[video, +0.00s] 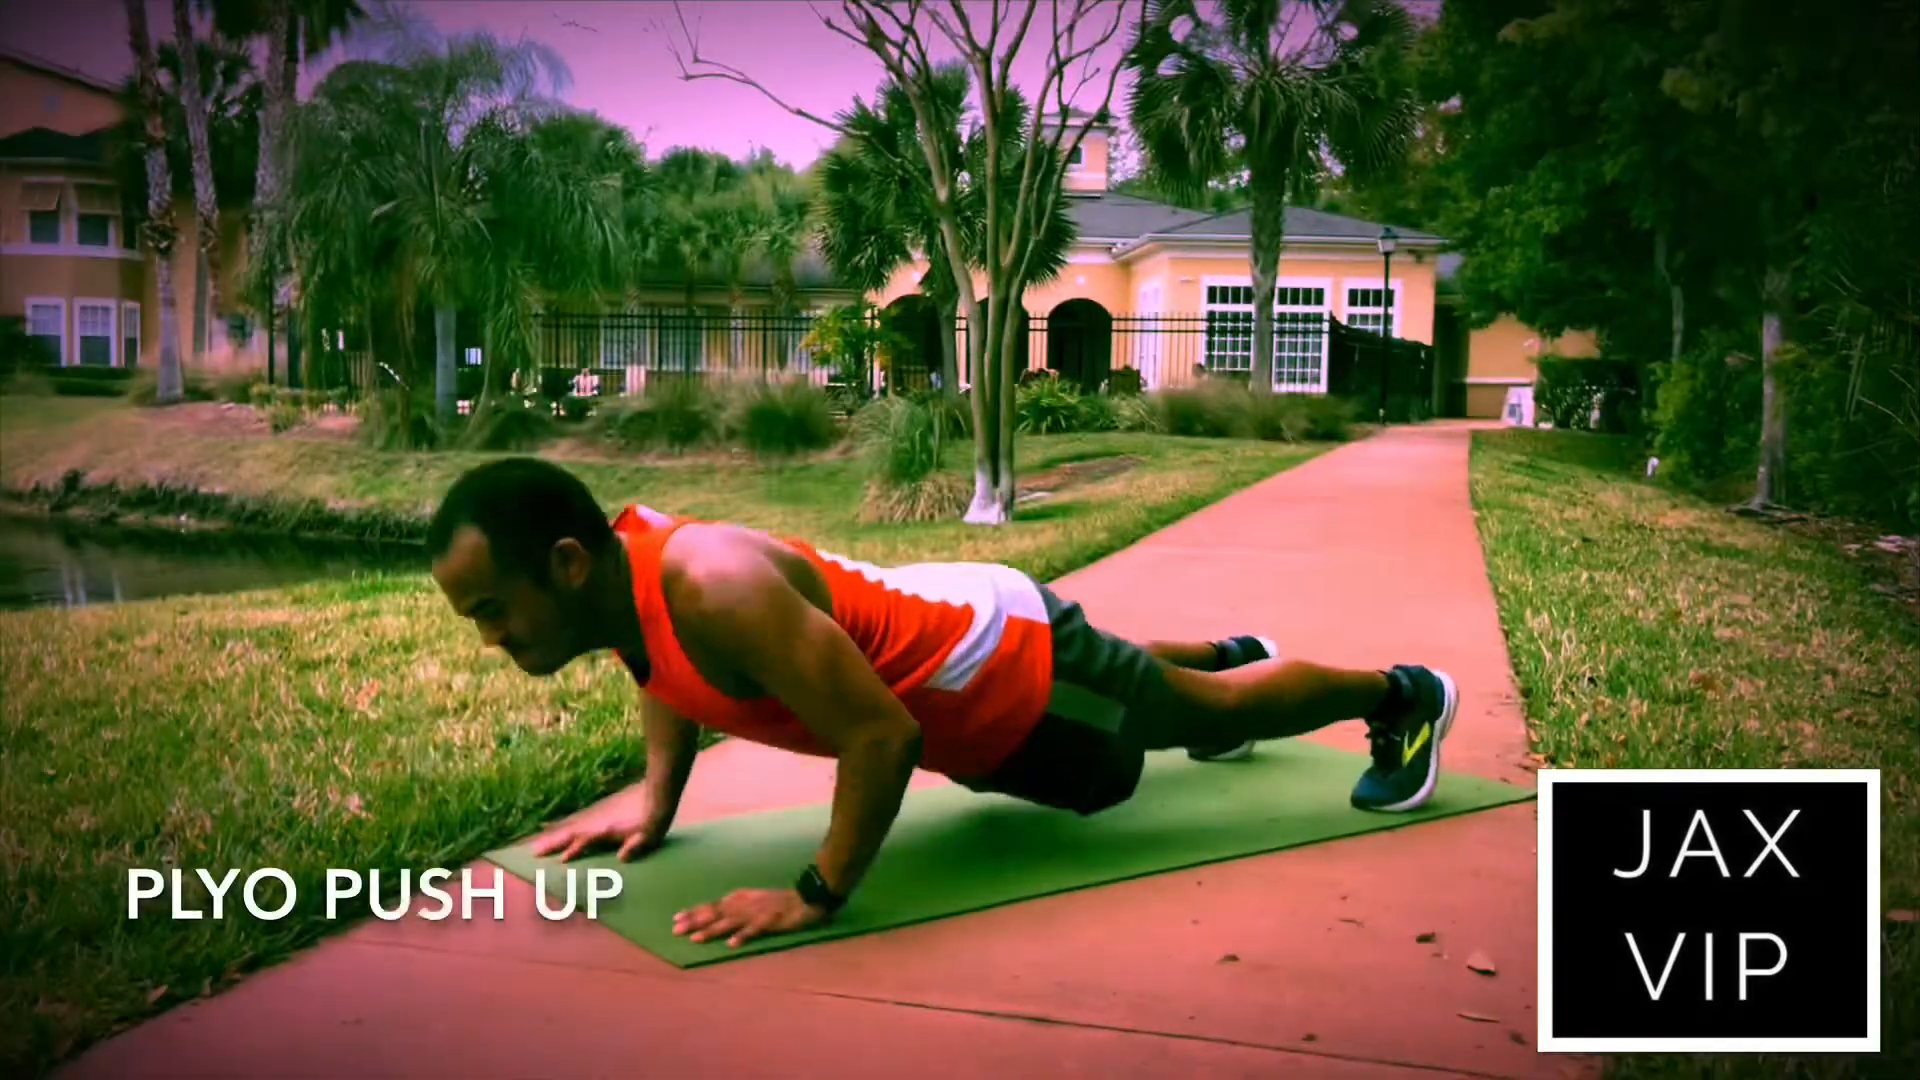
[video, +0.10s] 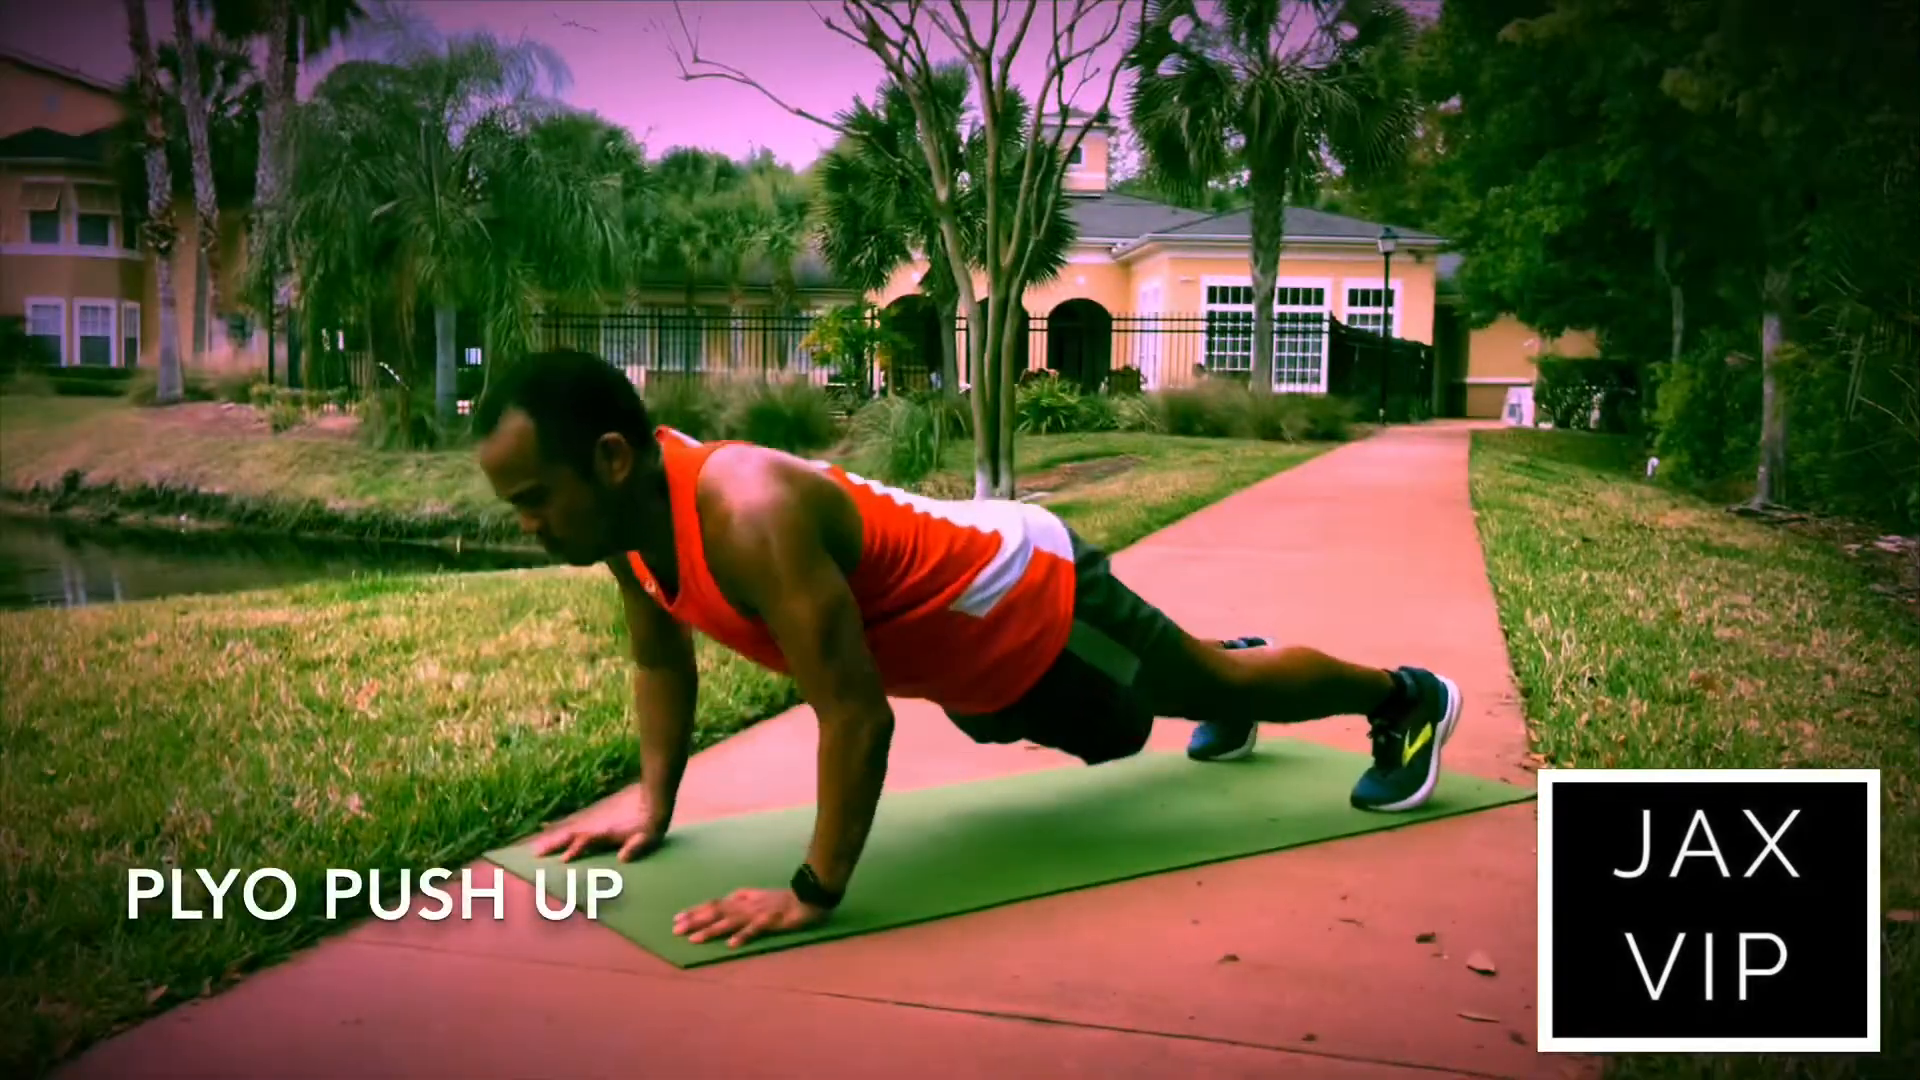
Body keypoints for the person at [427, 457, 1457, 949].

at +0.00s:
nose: (489, 639)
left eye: (491, 609)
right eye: (473, 619)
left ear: (569, 561)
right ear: (558, 569)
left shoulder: (720, 585)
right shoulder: (625, 587)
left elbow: (881, 737)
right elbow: (672, 680)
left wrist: (821, 895)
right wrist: (653, 800)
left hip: (1022, 663)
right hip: (953, 666)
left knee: (1217, 715)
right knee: (1112, 694)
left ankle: (1400, 694)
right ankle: (1213, 654)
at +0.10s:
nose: (525, 522)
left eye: (531, 496)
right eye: (512, 504)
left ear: (613, 455)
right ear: (587, 466)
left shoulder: (748, 508)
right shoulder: (636, 533)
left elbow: (852, 707)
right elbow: (662, 661)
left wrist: (815, 890)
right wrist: (654, 805)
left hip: (1037, 598)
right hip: (965, 652)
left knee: (1223, 682)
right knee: (1106, 709)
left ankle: (1405, 696)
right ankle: (1221, 706)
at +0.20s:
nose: (574, 429)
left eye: (578, 401)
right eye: (559, 409)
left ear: (658, 352)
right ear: (645, 367)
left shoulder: (799, 419)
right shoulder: (666, 452)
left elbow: (820, 661)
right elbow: (663, 624)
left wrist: (789, 857)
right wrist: (639, 789)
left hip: (1063, 546)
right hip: (982, 591)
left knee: (1227, 654)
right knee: (1117, 655)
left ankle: (1414, 699)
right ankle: (1239, 682)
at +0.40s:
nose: (590, 450)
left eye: (589, 422)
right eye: (573, 431)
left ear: (657, 365)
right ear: (642, 374)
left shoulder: (836, 384)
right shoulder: (700, 421)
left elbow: (944, 581)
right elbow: (713, 566)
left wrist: (823, 709)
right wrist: (666, 701)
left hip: (1067, 535)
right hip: (986, 572)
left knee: (1236, 642)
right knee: (1119, 653)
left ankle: (1415, 699)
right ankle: (1248, 679)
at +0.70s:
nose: (470, 755)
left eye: (469, 732)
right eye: (454, 738)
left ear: (538, 671)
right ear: (525, 665)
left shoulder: (701, 636)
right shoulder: (590, 623)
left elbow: (893, 734)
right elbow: (667, 673)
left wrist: (828, 895)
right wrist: (661, 795)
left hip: (1012, 685)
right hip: (942, 655)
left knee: (1203, 718)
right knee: (1098, 684)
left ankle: (1393, 693)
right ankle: (1218, 651)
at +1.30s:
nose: (529, 508)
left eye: (537, 482)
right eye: (516, 487)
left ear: (621, 447)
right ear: (592, 457)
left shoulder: (759, 503)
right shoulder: (644, 527)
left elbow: (856, 705)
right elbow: (670, 665)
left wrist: (826, 889)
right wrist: (664, 808)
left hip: (1041, 593)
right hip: (967, 647)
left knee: (1214, 683)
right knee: (1115, 699)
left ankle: (1410, 695)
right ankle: (1235, 697)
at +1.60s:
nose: (591, 442)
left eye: (590, 413)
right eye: (573, 420)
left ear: (662, 360)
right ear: (653, 360)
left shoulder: (839, 373)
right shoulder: (716, 396)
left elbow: (977, 534)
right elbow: (750, 491)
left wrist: (841, 641)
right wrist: (686, 594)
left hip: (1068, 537)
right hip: (986, 572)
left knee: (1236, 637)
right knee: (1122, 653)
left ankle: (1420, 696)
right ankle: (1253, 675)